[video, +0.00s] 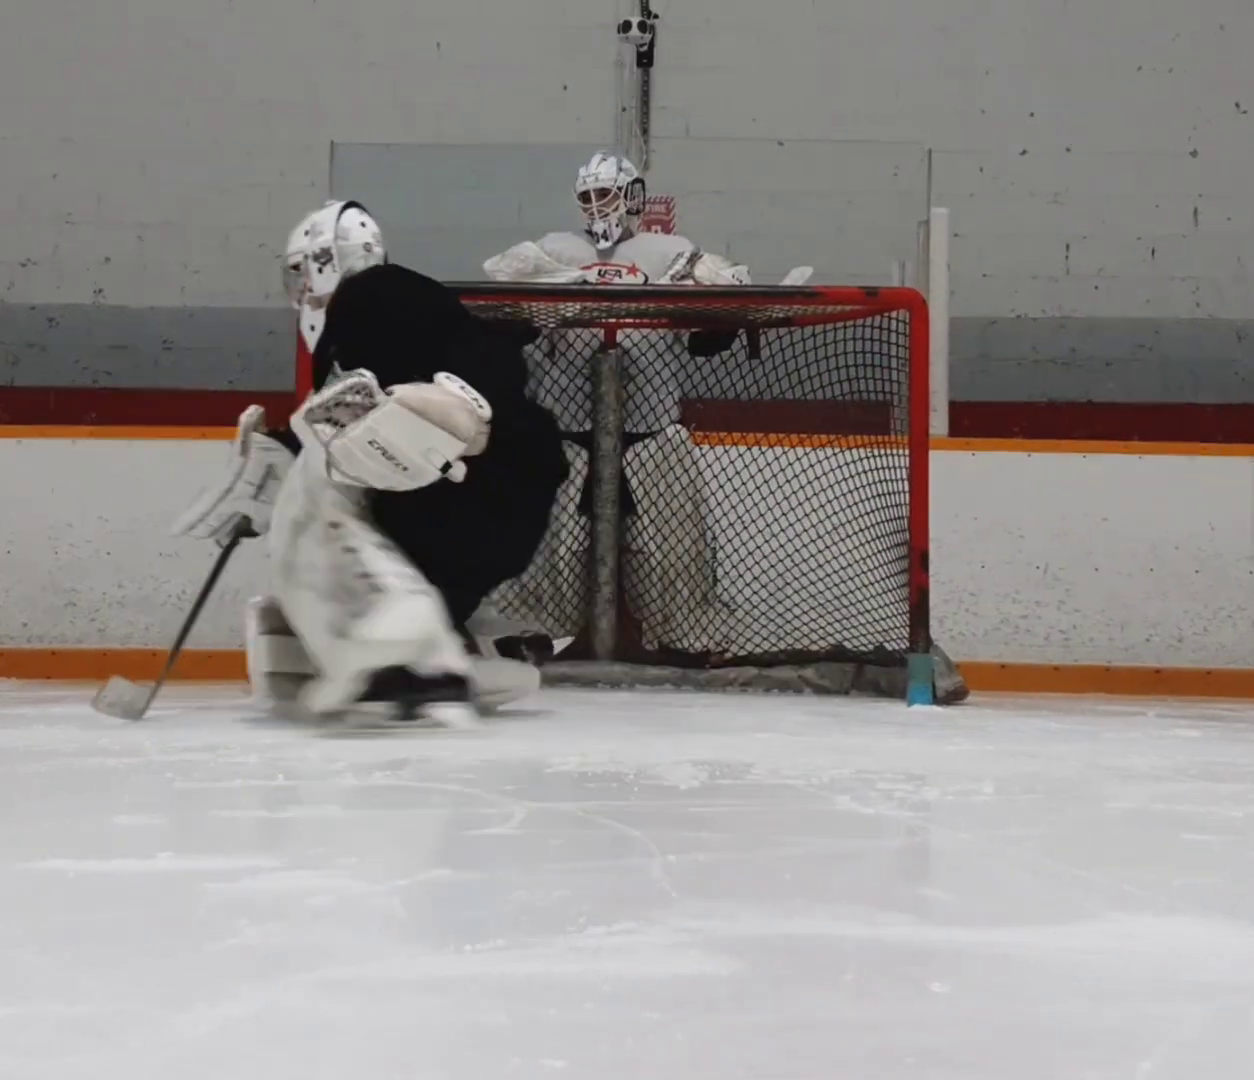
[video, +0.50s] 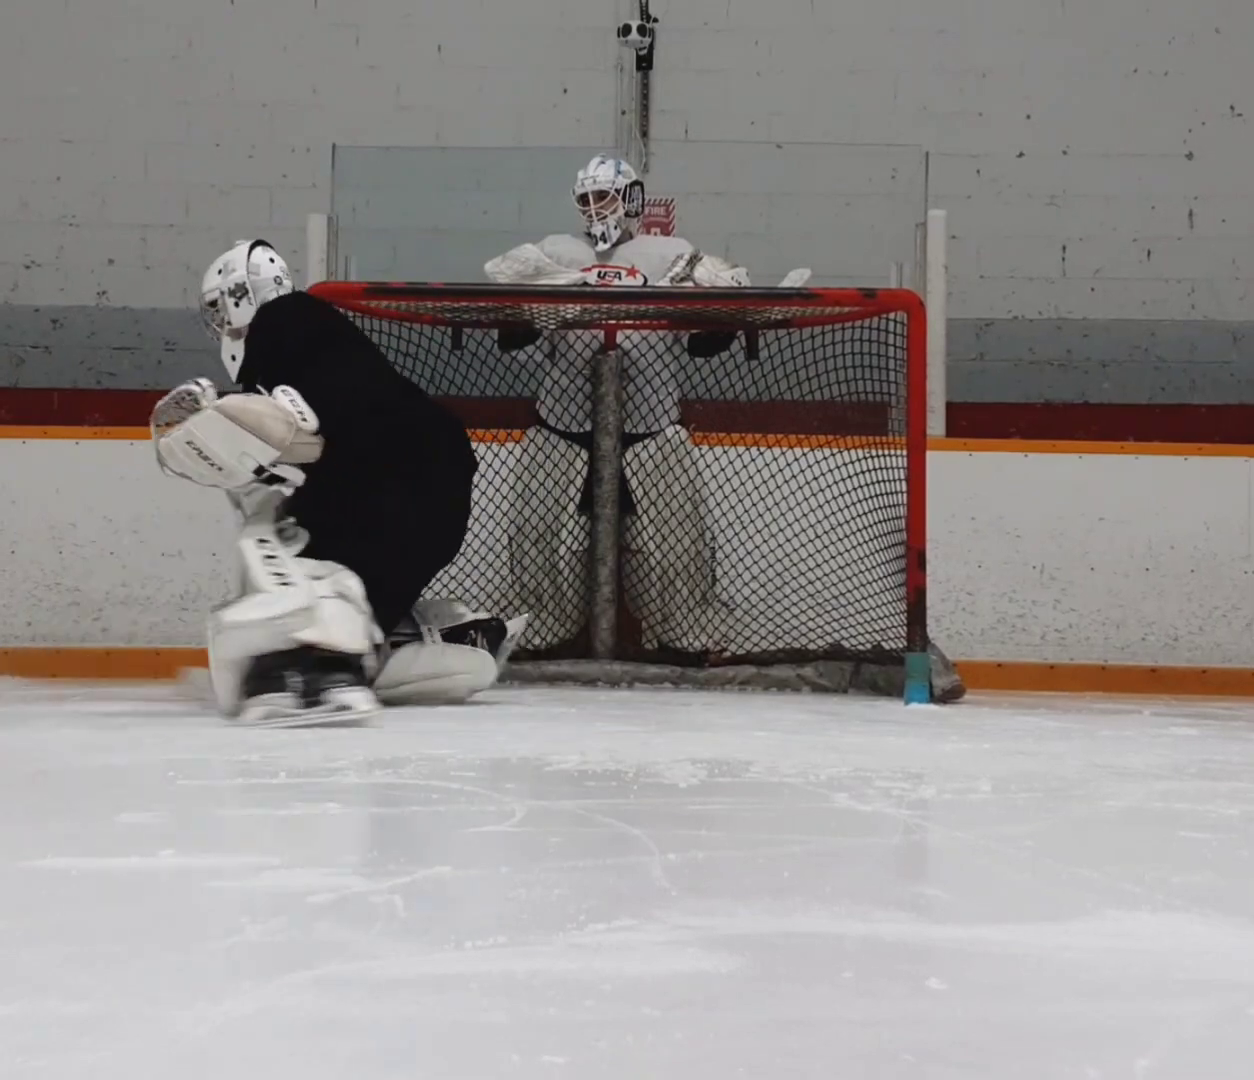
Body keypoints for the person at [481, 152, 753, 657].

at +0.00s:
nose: (599, 207)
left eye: (609, 195)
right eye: (589, 198)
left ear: (633, 198)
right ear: (578, 204)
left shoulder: (668, 252)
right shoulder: (556, 252)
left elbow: (712, 338)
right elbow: (500, 273)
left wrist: (710, 285)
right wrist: (563, 285)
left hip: (650, 432)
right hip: (566, 434)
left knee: (671, 536)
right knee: (555, 537)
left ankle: (680, 640)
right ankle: (546, 637)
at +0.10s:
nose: (597, 208)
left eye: (607, 196)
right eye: (588, 199)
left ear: (632, 198)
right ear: (577, 205)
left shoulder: (670, 255)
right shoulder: (554, 255)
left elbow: (706, 343)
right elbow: (509, 338)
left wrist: (719, 294)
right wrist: (536, 293)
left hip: (649, 435)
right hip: (561, 434)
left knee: (674, 541)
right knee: (533, 532)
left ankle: (678, 644)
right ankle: (541, 643)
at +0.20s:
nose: (597, 209)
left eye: (607, 199)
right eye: (588, 200)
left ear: (633, 199)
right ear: (578, 205)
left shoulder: (669, 257)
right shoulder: (554, 256)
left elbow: (704, 343)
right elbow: (510, 338)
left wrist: (724, 297)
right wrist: (527, 292)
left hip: (651, 435)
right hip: (563, 437)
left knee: (671, 542)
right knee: (538, 540)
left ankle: (676, 643)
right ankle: (539, 643)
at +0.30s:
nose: (595, 209)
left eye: (606, 198)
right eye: (587, 200)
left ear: (633, 200)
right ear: (576, 204)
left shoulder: (669, 258)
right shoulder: (556, 258)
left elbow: (705, 343)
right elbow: (511, 338)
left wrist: (721, 295)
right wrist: (531, 293)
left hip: (650, 436)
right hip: (562, 435)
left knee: (670, 541)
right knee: (538, 537)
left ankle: (674, 640)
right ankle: (540, 637)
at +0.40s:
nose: (596, 210)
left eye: (606, 198)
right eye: (587, 200)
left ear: (632, 200)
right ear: (577, 205)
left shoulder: (669, 258)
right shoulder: (556, 258)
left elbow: (706, 343)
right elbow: (511, 338)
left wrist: (720, 296)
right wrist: (531, 295)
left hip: (649, 434)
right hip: (562, 432)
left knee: (669, 539)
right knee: (539, 536)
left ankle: (672, 640)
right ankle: (547, 638)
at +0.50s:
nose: (597, 208)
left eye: (607, 198)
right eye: (588, 200)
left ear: (632, 198)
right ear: (578, 204)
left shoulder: (669, 256)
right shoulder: (553, 255)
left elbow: (704, 342)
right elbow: (510, 339)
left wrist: (723, 294)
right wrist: (521, 292)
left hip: (650, 436)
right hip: (563, 436)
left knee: (671, 538)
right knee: (535, 533)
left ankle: (677, 639)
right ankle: (544, 636)